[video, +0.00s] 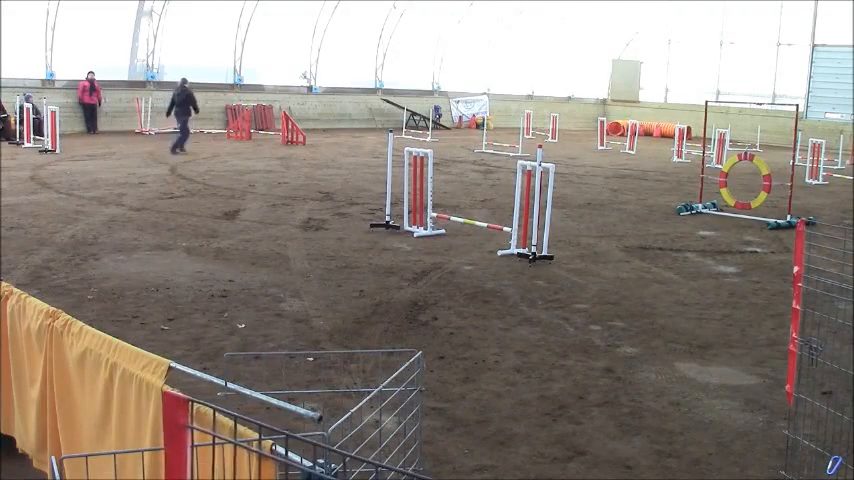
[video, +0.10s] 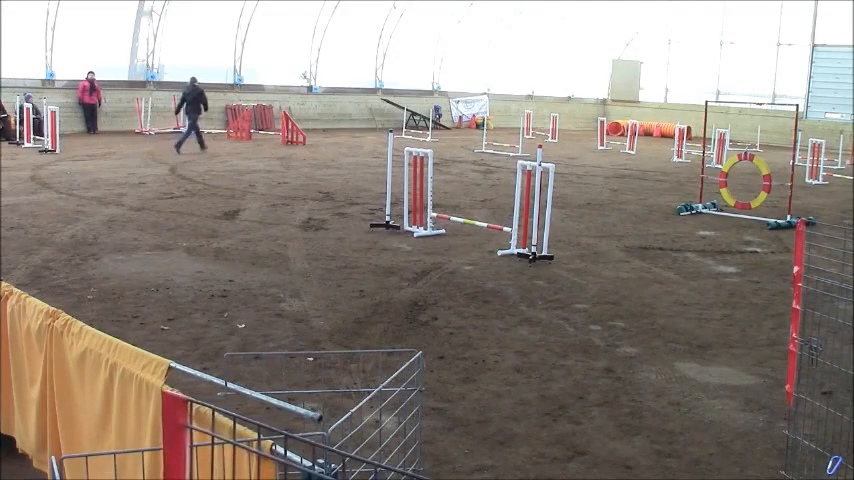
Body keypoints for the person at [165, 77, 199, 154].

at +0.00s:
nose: (186, 85)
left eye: (185, 83)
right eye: (186, 83)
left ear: (180, 83)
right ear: (186, 83)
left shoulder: (176, 91)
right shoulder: (188, 91)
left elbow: (172, 102)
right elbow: (193, 101)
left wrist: (168, 111)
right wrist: (196, 109)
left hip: (177, 112)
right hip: (185, 112)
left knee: (184, 130)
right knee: (184, 132)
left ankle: (181, 146)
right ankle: (174, 147)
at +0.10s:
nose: (194, 84)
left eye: (192, 82)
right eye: (195, 82)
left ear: (190, 82)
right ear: (196, 82)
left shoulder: (186, 90)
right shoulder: (199, 90)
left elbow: (182, 101)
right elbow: (204, 100)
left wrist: (177, 110)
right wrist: (205, 108)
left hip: (188, 111)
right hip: (196, 111)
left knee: (196, 129)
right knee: (189, 130)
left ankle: (202, 145)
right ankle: (178, 145)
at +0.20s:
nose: (203, 85)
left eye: (201, 83)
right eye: (203, 83)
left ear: (199, 84)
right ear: (205, 84)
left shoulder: (196, 92)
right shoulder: (208, 92)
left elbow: (191, 103)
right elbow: (213, 102)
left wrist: (186, 112)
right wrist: (215, 110)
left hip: (198, 113)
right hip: (206, 113)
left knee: (205, 131)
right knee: (205, 131)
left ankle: (209, 146)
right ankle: (191, 141)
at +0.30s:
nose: (212, 85)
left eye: (210, 84)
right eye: (213, 84)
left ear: (208, 84)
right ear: (214, 84)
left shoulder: (205, 92)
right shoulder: (218, 93)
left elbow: (200, 104)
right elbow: (222, 105)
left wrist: (195, 114)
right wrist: (225, 115)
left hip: (207, 116)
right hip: (214, 116)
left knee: (212, 131)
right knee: (220, 132)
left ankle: (210, 145)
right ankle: (211, 144)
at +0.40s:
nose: (221, 83)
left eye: (219, 82)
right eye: (222, 82)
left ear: (217, 82)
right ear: (223, 82)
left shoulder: (214, 90)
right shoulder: (226, 91)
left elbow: (210, 101)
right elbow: (230, 102)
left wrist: (205, 110)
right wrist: (233, 110)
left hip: (216, 114)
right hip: (224, 114)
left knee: (216, 131)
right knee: (229, 129)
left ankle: (211, 146)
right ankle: (230, 146)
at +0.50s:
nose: (229, 84)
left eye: (227, 83)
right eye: (230, 82)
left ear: (225, 83)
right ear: (232, 83)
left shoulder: (223, 90)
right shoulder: (235, 90)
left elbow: (218, 101)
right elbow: (239, 100)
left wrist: (214, 110)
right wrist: (242, 109)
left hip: (225, 113)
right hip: (233, 113)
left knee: (225, 130)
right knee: (236, 130)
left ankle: (216, 143)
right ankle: (239, 146)